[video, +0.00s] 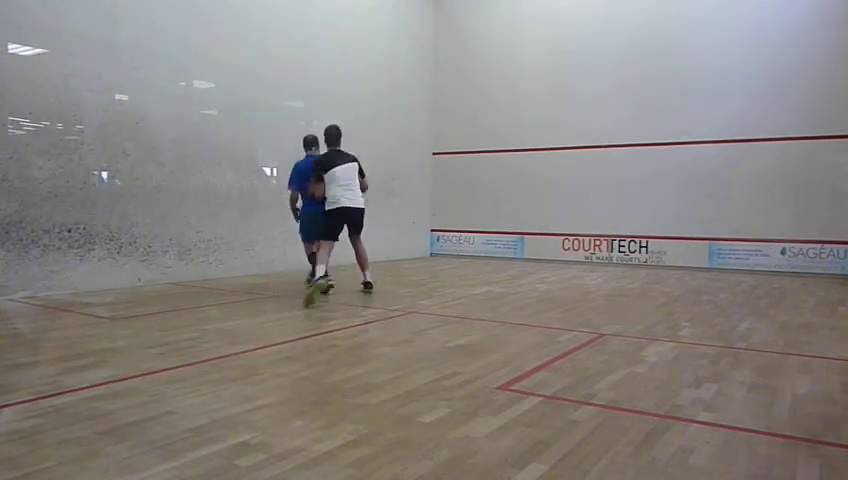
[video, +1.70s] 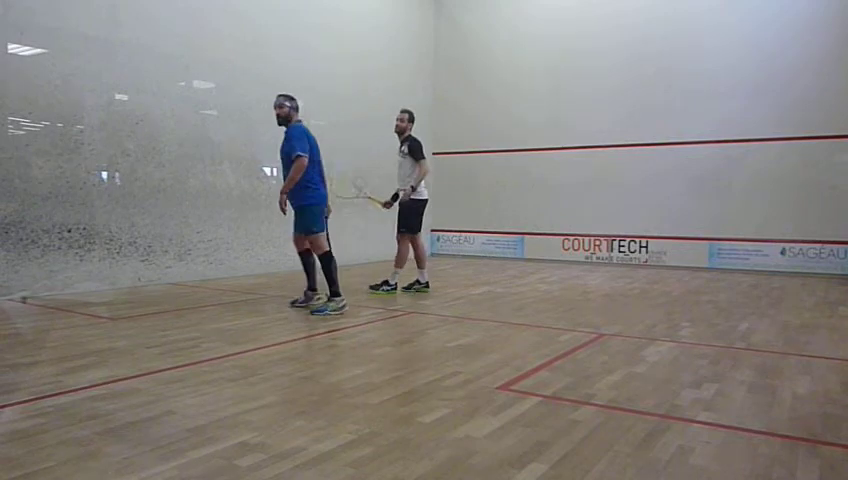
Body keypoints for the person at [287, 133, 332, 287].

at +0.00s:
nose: (313, 149)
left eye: (307, 147)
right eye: (315, 146)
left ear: (304, 148)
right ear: (318, 146)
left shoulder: (300, 166)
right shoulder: (327, 162)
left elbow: (294, 194)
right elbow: (335, 185)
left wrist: (294, 211)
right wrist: (334, 204)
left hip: (308, 209)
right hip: (327, 208)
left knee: (308, 241)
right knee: (324, 241)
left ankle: (315, 268)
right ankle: (322, 273)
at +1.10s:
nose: (296, 123)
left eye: (299, 119)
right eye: (296, 119)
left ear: (309, 120)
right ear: (315, 122)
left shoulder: (303, 140)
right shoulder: (332, 144)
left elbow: (296, 168)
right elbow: (339, 177)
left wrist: (281, 191)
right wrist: (339, 203)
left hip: (307, 199)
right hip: (332, 199)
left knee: (302, 241)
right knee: (328, 243)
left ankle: (303, 284)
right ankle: (326, 289)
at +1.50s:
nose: (290, 115)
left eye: (294, 111)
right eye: (289, 111)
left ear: (305, 114)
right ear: (307, 116)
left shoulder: (304, 135)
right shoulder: (318, 136)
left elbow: (302, 166)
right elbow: (333, 170)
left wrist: (285, 188)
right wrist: (337, 197)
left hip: (310, 198)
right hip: (326, 196)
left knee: (315, 244)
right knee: (324, 242)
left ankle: (335, 295)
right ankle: (329, 287)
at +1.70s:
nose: (277, 112)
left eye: (281, 107)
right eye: (275, 108)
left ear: (294, 111)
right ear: (280, 112)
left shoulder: (296, 131)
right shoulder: (299, 133)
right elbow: (316, 170)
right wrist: (324, 201)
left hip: (311, 200)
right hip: (306, 200)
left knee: (319, 243)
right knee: (301, 242)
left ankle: (336, 297)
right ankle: (312, 291)